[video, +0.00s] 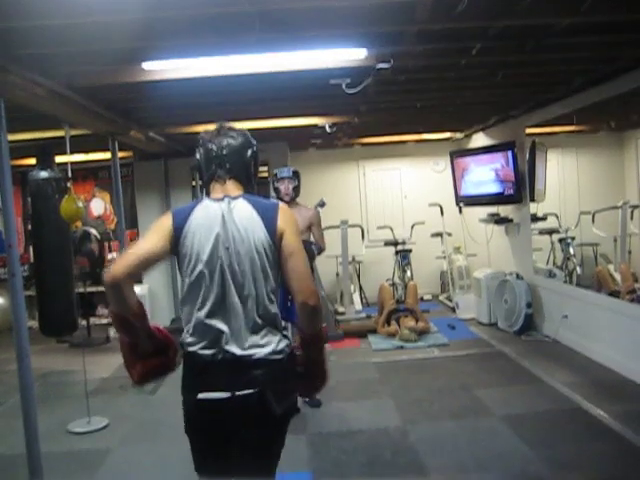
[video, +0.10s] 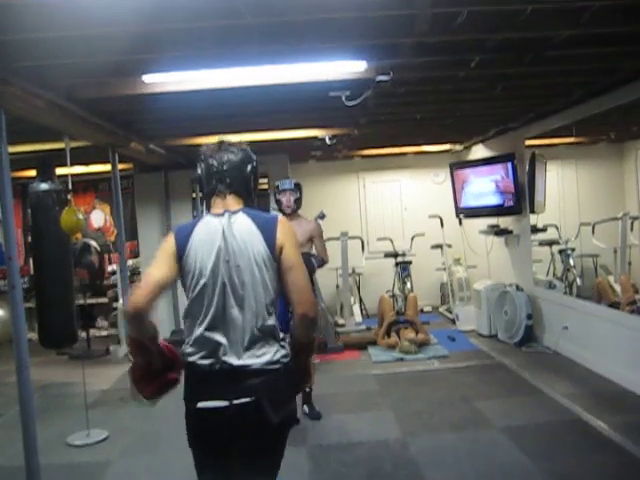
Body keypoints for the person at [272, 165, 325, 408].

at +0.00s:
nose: (287, 188)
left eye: (290, 183)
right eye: (282, 184)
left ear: (297, 186)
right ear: (275, 187)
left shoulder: (310, 214)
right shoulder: (270, 213)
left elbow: (320, 245)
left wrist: (306, 249)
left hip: (301, 274)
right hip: (277, 273)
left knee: (306, 329)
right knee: (278, 330)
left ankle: (308, 386)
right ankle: (281, 387)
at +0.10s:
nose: (288, 200)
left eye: (292, 195)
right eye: (284, 195)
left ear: (299, 198)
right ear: (277, 199)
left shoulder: (311, 226)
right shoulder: (271, 226)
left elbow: (323, 257)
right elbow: (263, 254)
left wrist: (309, 261)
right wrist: (279, 260)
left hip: (303, 288)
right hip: (277, 288)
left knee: (305, 343)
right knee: (280, 344)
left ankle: (307, 397)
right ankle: (283, 402)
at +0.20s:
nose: (288, 202)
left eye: (292, 198)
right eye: (284, 198)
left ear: (299, 201)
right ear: (278, 202)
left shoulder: (312, 229)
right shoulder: (272, 230)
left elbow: (325, 261)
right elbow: (264, 259)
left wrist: (310, 264)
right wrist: (283, 262)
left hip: (304, 291)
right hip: (277, 292)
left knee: (307, 346)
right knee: (282, 346)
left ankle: (307, 399)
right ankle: (283, 402)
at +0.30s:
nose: (288, 191)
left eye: (292, 187)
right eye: (283, 188)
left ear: (299, 190)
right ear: (277, 191)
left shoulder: (311, 218)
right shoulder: (271, 219)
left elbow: (325, 251)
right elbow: (263, 248)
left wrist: (309, 252)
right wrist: (283, 251)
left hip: (304, 281)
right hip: (277, 281)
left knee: (307, 336)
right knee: (284, 333)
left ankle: (307, 387)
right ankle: (291, 382)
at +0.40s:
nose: (286, 189)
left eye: (290, 185)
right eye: (282, 186)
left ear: (297, 188)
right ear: (276, 190)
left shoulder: (309, 217)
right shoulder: (271, 218)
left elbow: (323, 250)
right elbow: (262, 246)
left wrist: (305, 251)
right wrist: (280, 250)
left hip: (303, 279)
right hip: (276, 279)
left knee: (306, 332)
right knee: (283, 329)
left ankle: (307, 384)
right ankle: (291, 379)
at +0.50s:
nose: (284, 191)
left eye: (288, 187)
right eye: (280, 188)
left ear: (295, 191)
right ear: (274, 192)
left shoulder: (308, 220)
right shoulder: (269, 221)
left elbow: (321, 252)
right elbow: (260, 248)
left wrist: (305, 255)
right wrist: (276, 253)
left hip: (301, 280)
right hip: (275, 281)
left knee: (305, 334)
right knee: (281, 331)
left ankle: (307, 385)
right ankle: (290, 380)